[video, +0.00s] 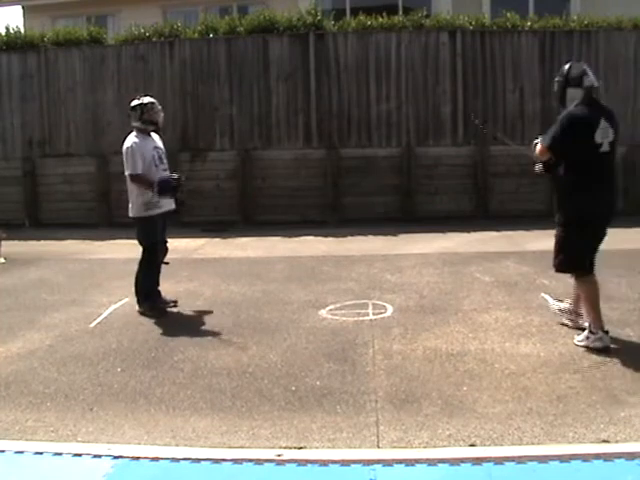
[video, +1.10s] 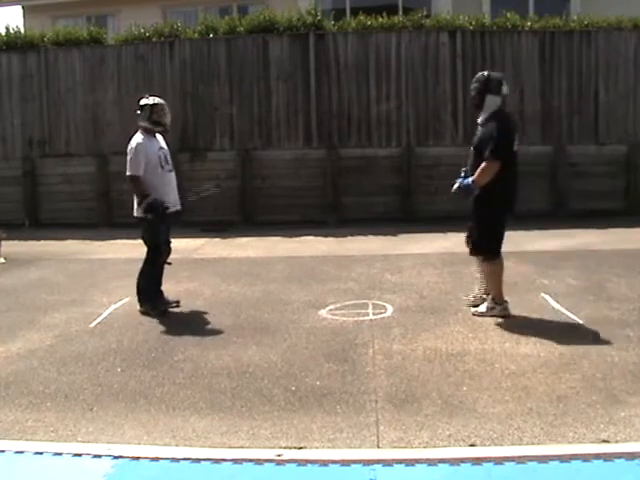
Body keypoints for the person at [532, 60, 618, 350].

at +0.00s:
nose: (559, 92)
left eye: (561, 88)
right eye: (560, 87)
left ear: (569, 88)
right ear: (589, 86)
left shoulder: (573, 118)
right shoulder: (607, 115)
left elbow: (543, 151)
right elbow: (589, 150)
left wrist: (539, 145)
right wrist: (552, 154)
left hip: (579, 205)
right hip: (601, 201)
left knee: (581, 265)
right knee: (581, 258)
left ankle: (596, 330)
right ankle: (575, 308)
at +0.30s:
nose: (539, 93)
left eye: (542, 88)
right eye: (541, 87)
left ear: (550, 90)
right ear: (567, 89)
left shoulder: (561, 118)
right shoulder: (575, 116)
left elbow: (551, 152)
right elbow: (568, 157)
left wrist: (528, 159)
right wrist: (537, 168)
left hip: (558, 202)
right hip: (575, 199)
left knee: (540, 258)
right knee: (563, 255)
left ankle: (577, 303)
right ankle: (565, 307)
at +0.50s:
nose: (522, 94)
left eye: (526, 89)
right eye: (524, 89)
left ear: (536, 91)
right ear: (548, 90)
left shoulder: (552, 118)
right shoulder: (545, 117)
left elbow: (560, 153)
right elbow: (547, 155)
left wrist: (533, 172)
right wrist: (527, 169)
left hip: (545, 199)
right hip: (555, 197)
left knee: (522, 249)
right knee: (559, 253)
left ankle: (534, 303)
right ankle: (564, 309)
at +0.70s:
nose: (502, 99)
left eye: (505, 94)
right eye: (503, 93)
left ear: (515, 97)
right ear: (526, 96)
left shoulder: (529, 126)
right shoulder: (529, 123)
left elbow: (541, 161)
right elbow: (529, 161)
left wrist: (513, 178)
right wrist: (505, 171)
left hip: (529, 200)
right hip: (543, 199)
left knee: (508, 250)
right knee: (547, 254)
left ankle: (500, 301)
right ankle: (562, 308)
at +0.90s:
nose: (486, 98)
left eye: (489, 93)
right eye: (487, 93)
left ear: (499, 97)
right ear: (509, 96)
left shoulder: (507, 126)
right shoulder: (513, 121)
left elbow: (507, 166)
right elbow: (508, 161)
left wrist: (484, 183)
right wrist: (487, 168)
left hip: (504, 197)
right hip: (513, 195)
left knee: (492, 248)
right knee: (511, 245)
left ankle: (497, 300)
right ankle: (540, 284)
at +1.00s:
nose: (479, 97)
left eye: (482, 92)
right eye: (480, 92)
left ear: (492, 95)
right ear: (500, 96)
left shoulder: (502, 125)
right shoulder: (496, 122)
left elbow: (498, 164)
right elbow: (490, 157)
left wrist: (476, 183)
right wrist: (474, 171)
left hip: (499, 196)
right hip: (497, 195)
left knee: (489, 247)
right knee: (492, 244)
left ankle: (497, 300)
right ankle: (511, 286)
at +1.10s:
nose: (472, 96)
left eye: (476, 91)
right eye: (473, 90)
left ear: (488, 94)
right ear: (490, 95)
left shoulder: (499, 123)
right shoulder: (487, 121)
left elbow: (494, 162)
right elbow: (481, 155)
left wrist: (472, 182)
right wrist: (468, 173)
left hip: (496, 195)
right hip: (487, 193)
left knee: (488, 245)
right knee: (477, 241)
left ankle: (497, 300)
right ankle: (487, 289)